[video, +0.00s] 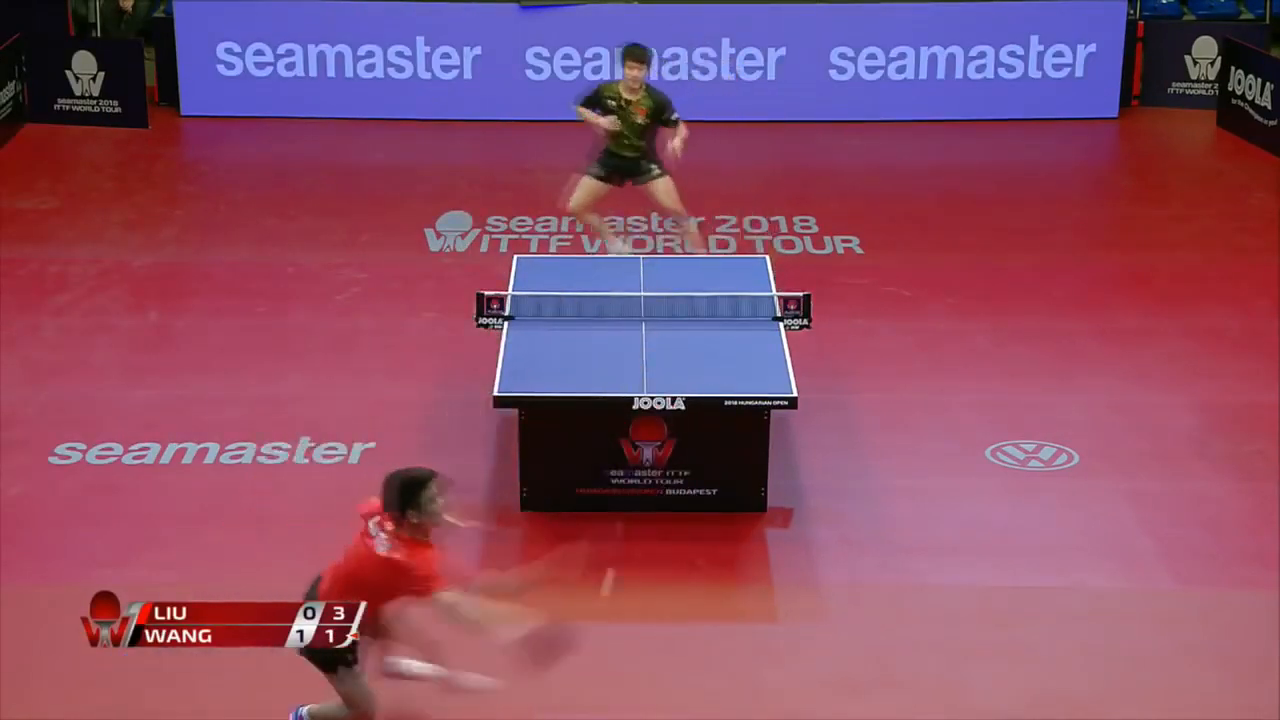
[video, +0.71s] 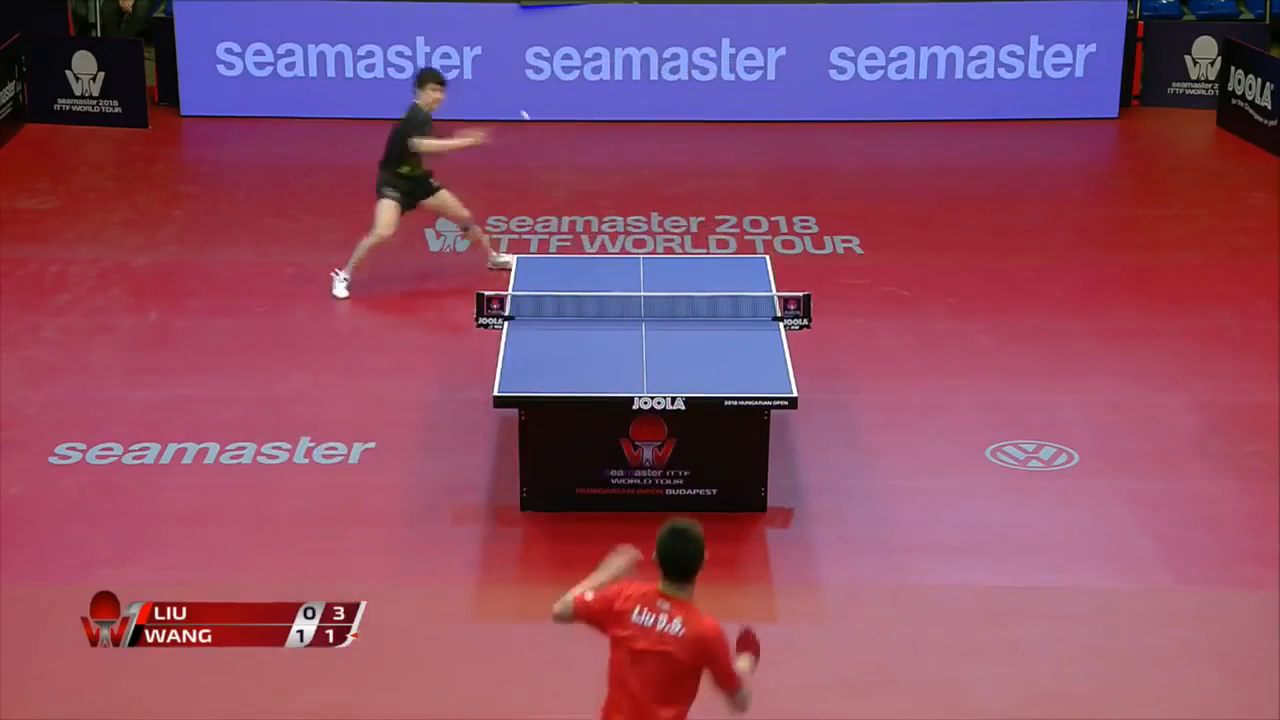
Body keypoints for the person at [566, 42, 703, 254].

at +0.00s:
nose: (634, 74)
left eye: (639, 69)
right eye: (630, 68)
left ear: (647, 71)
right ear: (623, 69)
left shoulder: (656, 100)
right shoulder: (606, 91)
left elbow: (680, 126)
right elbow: (581, 109)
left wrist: (678, 139)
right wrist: (599, 121)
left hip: (644, 162)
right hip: (611, 160)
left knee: (676, 210)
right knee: (577, 206)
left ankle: (701, 259)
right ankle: (614, 245)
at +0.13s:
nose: (614, 75)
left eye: (618, 70)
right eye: (610, 69)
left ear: (624, 72)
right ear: (601, 70)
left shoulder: (631, 101)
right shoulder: (581, 96)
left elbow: (641, 132)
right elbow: (555, 120)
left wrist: (651, 163)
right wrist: (571, 144)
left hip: (611, 162)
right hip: (577, 160)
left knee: (639, 213)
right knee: (541, 212)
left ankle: (627, 251)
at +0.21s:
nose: (595, 83)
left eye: (599, 79)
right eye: (591, 78)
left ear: (605, 82)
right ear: (583, 80)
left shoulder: (611, 112)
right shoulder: (563, 109)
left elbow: (616, 143)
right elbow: (532, 140)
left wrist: (633, 173)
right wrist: (555, 163)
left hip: (593, 169)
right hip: (560, 169)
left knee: (618, 221)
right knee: (522, 220)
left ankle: (607, 246)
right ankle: (489, 254)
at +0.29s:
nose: (573, 96)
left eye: (578, 91)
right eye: (568, 90)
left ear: (585, 94)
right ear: (559, 92)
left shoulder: (586, 122)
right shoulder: (544, 117)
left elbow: (589, 153)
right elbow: (521, 150)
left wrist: (612, 178)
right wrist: (554, 168)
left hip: (566, 177)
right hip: (530, 176)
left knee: (602, 216)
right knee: (493, 222)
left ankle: (604, 249)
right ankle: (462, 261)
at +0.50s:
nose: (508, 98)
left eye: (512, 93)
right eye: (503, 92)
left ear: (517, 95)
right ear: (493, 93)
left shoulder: (499, 118)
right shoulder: (490, 116)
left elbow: (492, 156)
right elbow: (522, 145)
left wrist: (510, 178)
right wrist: (552, 145)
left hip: (485, 174)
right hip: (459, 176)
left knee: (534, 201)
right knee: (432, 223)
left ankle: (514, 244)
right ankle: (396, 254)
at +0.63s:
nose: (469, 105)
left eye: (472, 100)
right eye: (464, 100)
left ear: (474, 102)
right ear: (451, 101)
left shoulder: (451, 122)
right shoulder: (453, 124)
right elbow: (494, 142)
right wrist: (534, 139)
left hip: (443, 185)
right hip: (420, 189)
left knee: (491, 209)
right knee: (407, 246)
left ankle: (498, 257)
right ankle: (352, 278)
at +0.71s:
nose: (438, 96)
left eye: (441, 91)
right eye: (433, 90)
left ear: (442, 93)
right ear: (419, 91)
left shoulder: (425, 118)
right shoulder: (414, 115)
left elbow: (415, 145)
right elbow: (417, 144)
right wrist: (464, 142)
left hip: (418, 181)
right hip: (394, 182)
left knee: (463, 216)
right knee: (383, 232)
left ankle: (492, 258)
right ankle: (344, 275)